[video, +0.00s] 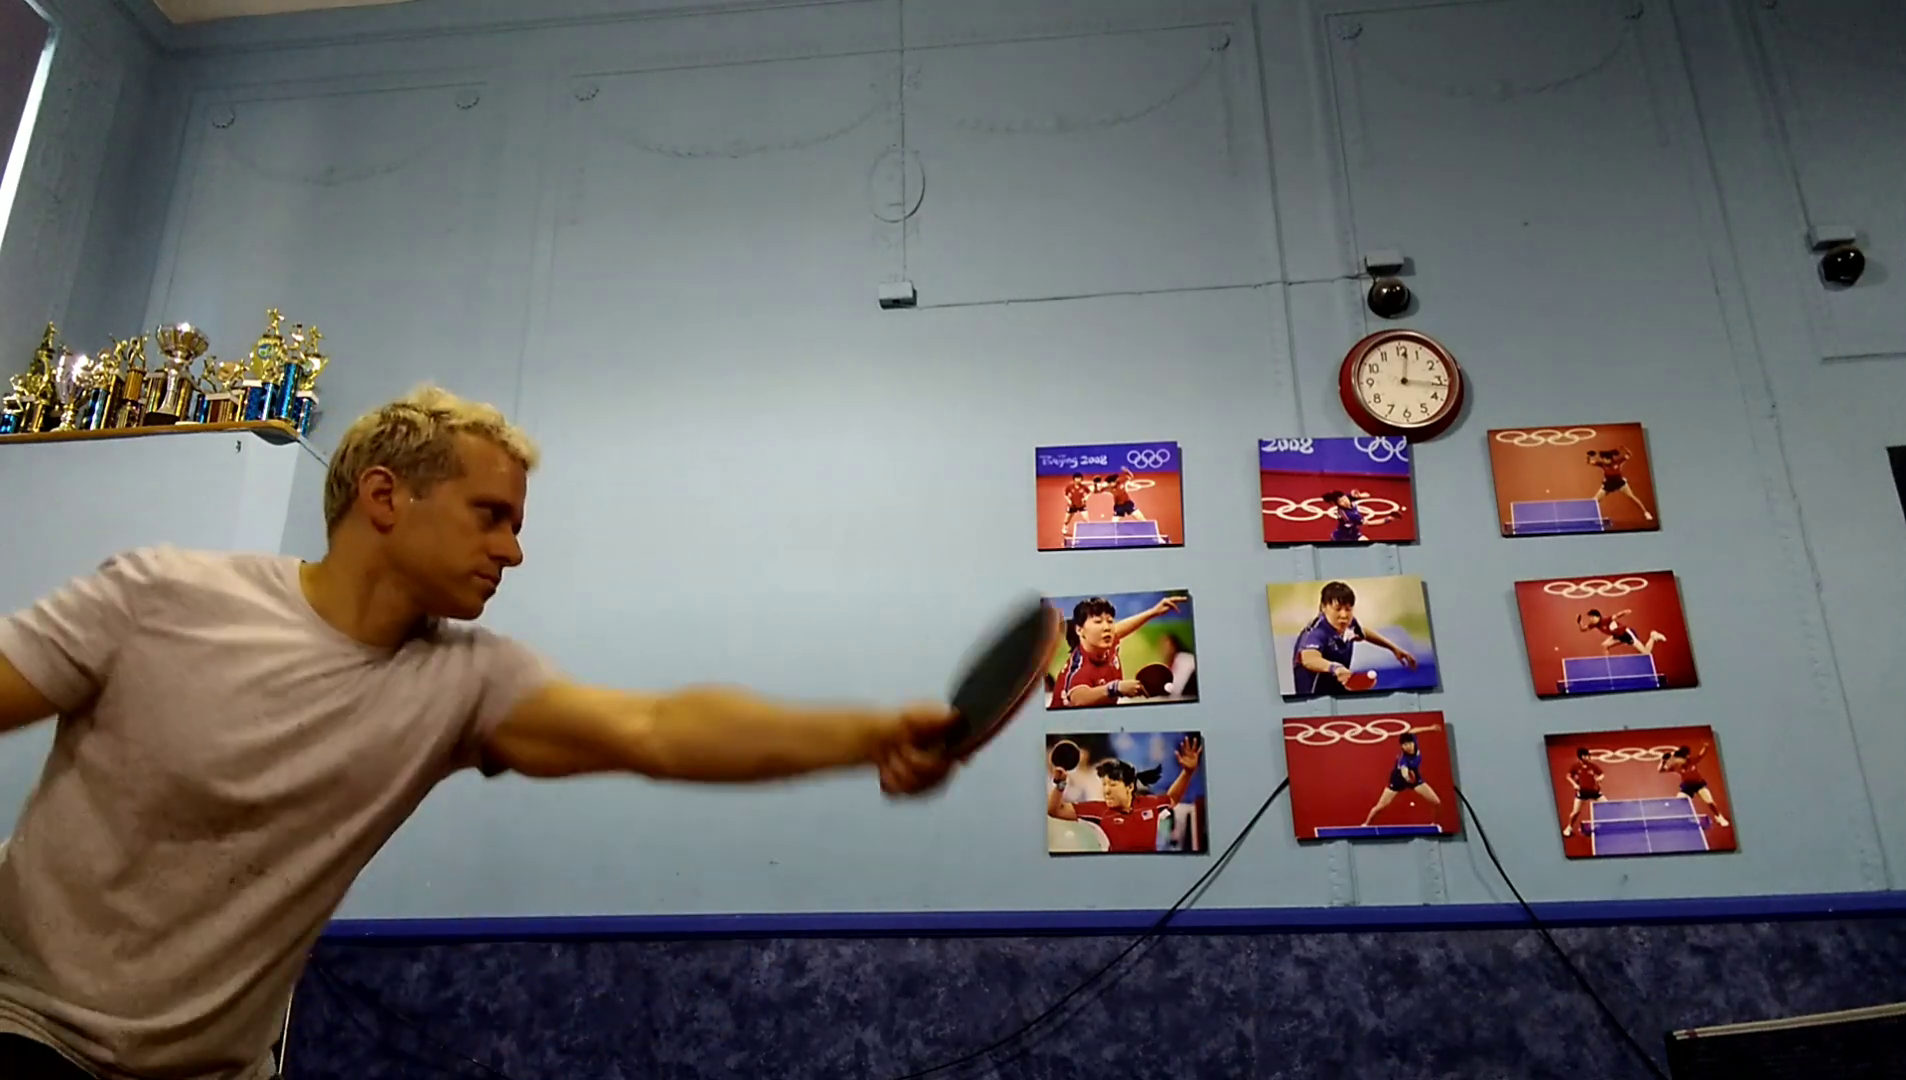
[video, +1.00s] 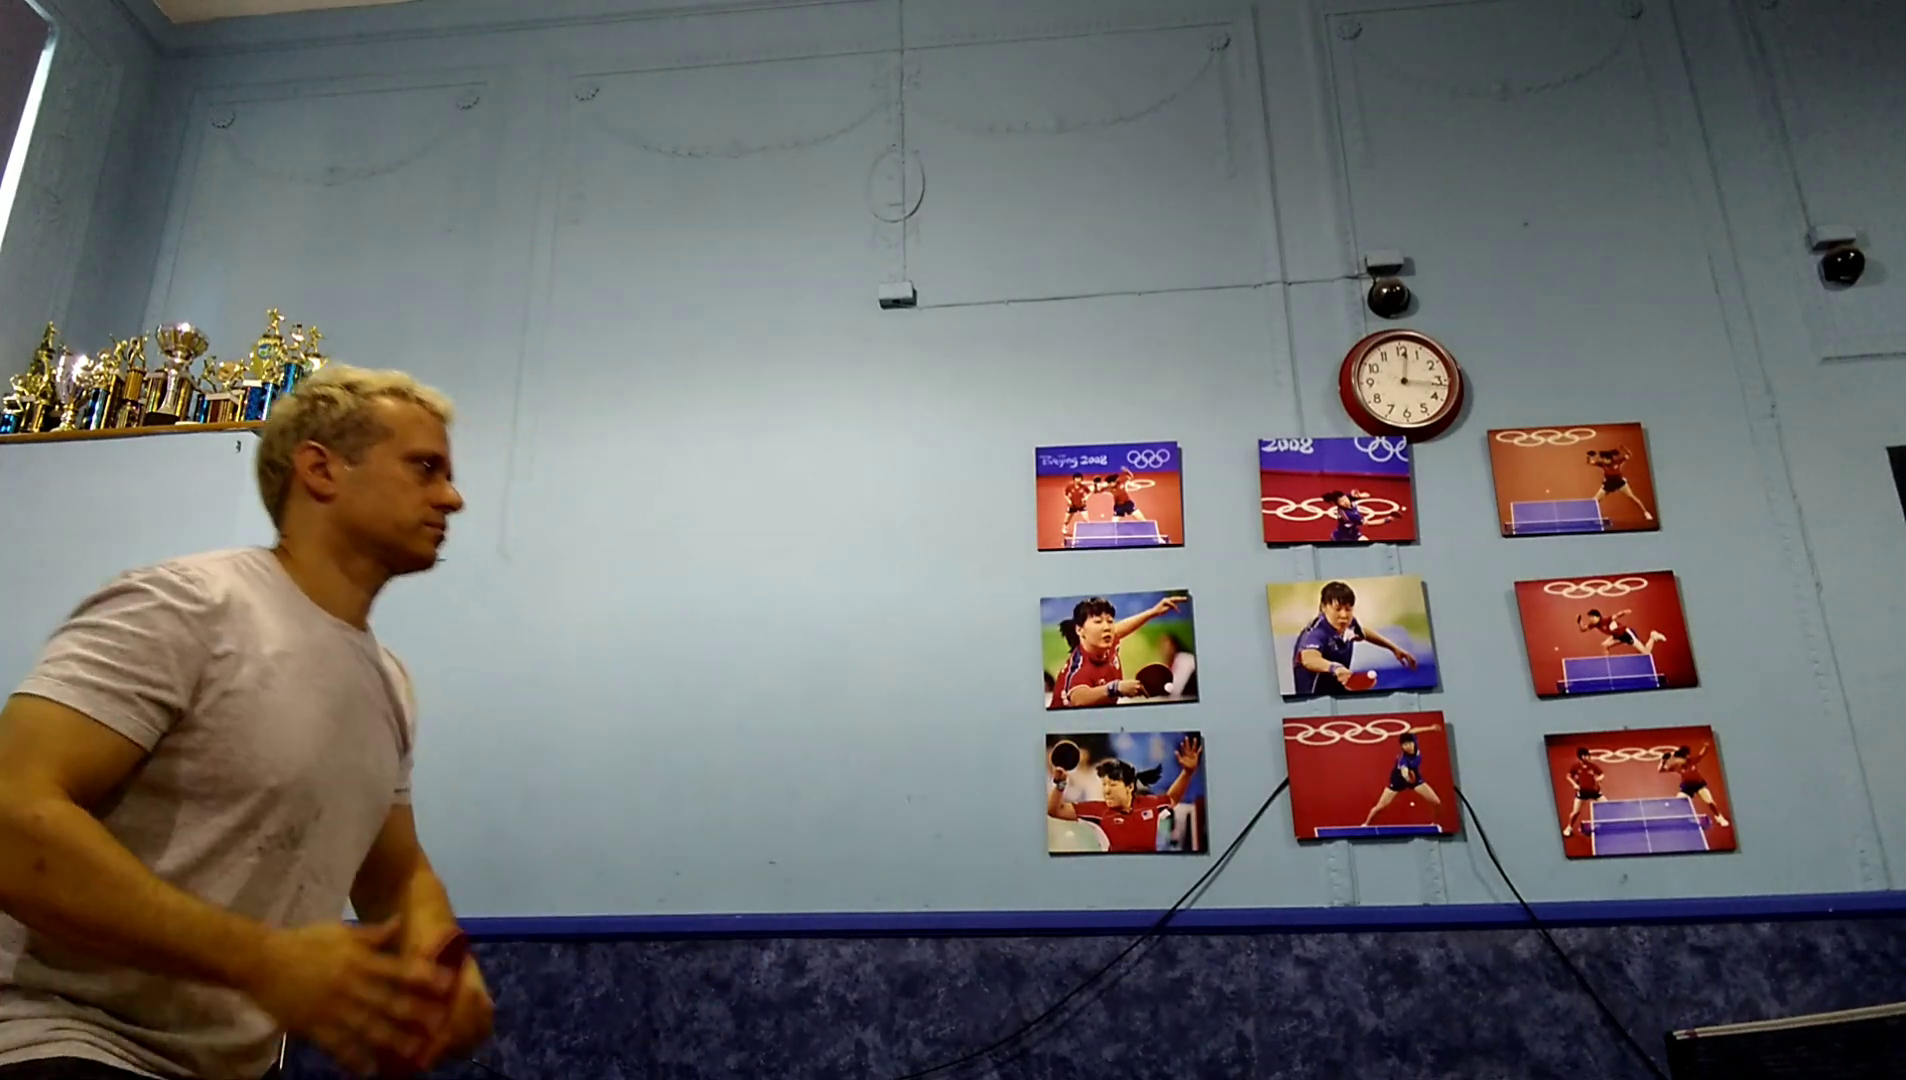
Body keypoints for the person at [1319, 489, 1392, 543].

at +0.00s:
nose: (1344, 502)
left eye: (1344, 499)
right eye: (1341, 502)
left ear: (1346, 497)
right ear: (1339, 505)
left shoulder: (1349, 499)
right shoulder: (1350, 515)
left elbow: (1368, 496)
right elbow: (1367, 523)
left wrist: (1360, 495)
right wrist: (1385, 520)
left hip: (1355, 535)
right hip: (1341, 538)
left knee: (1370, 547)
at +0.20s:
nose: (1344, 502)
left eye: (1344, 499)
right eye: (1341, 502)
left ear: (1346, 497)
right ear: (1338, 505)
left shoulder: (1350, 500)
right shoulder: (1349, 515)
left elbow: (1367, 496)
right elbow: (1367, 523)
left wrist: (1360, 495)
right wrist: (1385, 520)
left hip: (1355, 536)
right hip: (1342, 538)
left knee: (1370, 547)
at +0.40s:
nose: (1345, 502)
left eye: (1344, 499)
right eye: (1341, 502)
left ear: (1347, 497)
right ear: (1338, 505)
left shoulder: (1349, 499)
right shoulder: (1350, 515)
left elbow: (1368, 495)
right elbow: (1367, 523)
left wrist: (1360, 495)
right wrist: (1384, 520)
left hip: (1355, 535)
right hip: (1342, 538)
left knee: (1370, 547)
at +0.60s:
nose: (1344, 502)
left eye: (1344, 499)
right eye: (1341, 502)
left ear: (1346, 497)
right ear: (1338, 505)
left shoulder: (1350, 500)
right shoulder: (1349, 515)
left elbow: (1367, 496)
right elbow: (1367, 523)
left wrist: (1360, 495)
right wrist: (1385, 520)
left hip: (1356, 536)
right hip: (1342, 538)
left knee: (1370, 547)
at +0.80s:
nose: (1345, 502)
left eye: (1344, 499)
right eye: (1341, 502)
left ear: (1347, 497)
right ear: (1338, 505)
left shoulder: (1349, 499)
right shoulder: (1350, 515)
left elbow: (1368, 495)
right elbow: (1367, 523)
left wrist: (1360, 495)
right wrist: (1385, 520)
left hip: (1355, 535)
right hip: (1342, 538)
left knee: (1370, 547)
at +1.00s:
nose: (1345, 502)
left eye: (1344, 499)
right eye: (1341, 502)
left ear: (1347, 497)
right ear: (1338, 505)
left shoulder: (1349, 499)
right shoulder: (1349, 515)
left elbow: (1368, 495)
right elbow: (1366, 523)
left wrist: (1360, 495)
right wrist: (1384, 520)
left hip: (1355, 535)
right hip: (1342, 538)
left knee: (1370, 547)